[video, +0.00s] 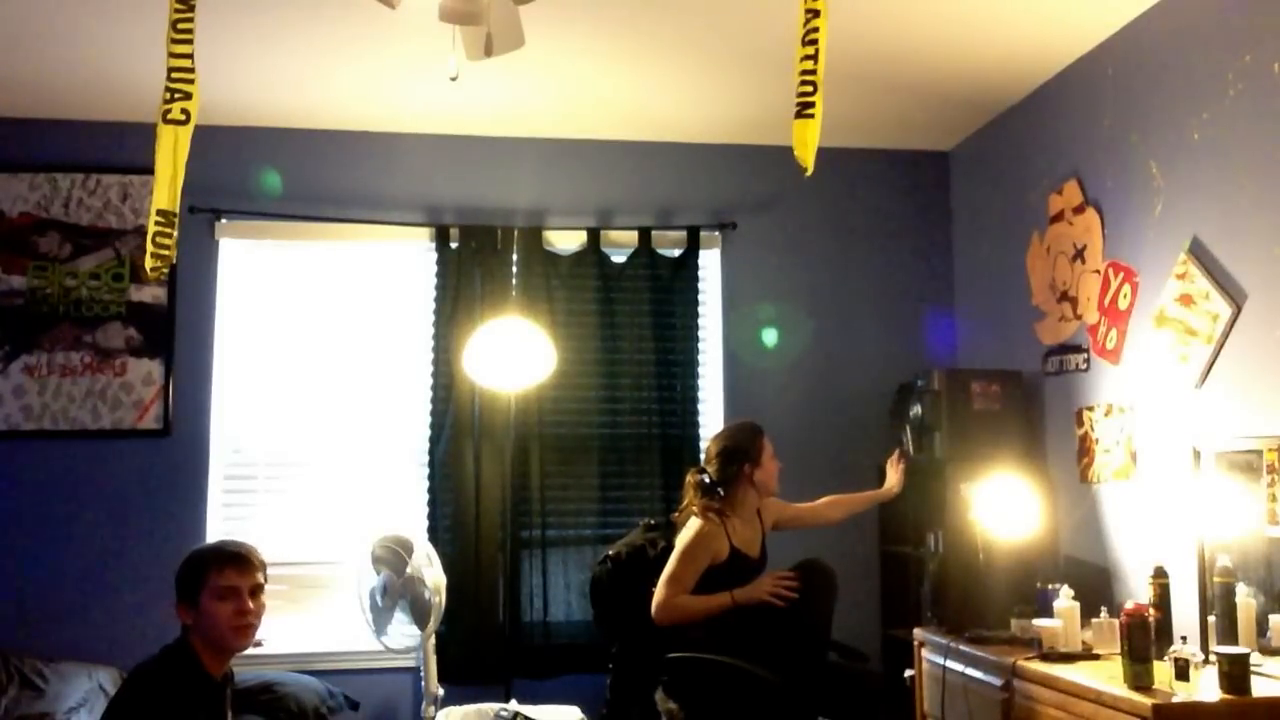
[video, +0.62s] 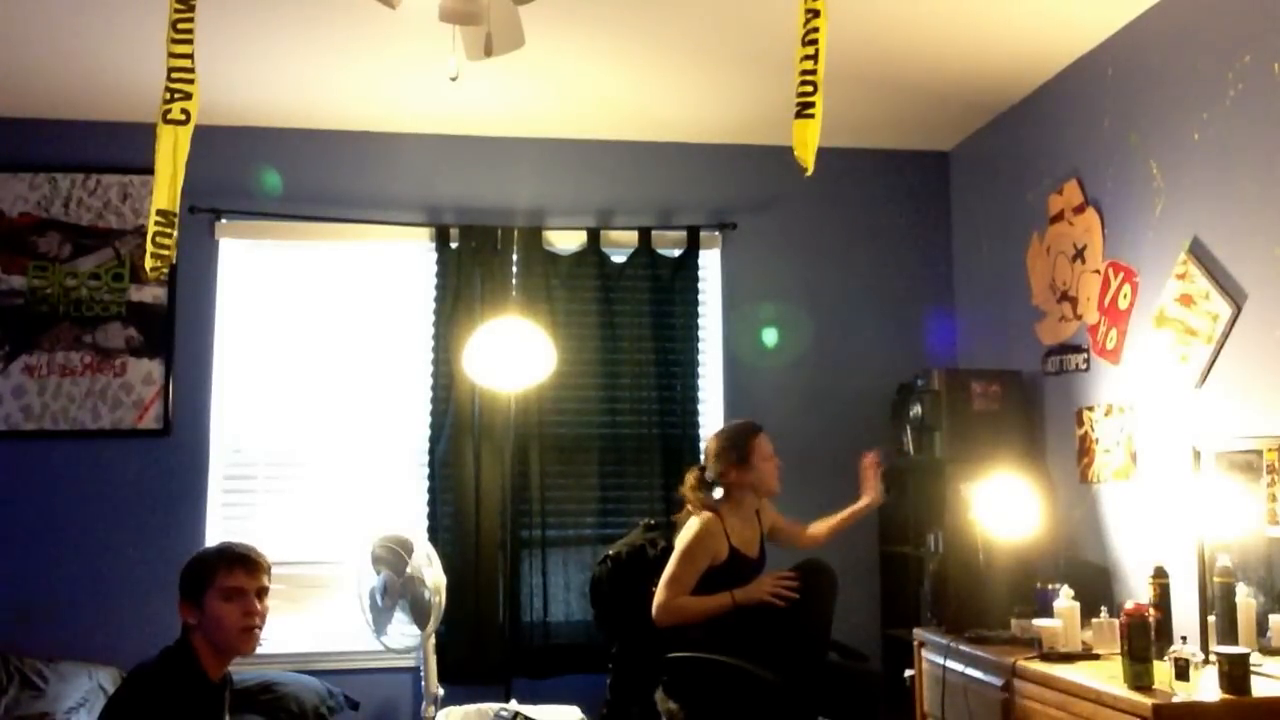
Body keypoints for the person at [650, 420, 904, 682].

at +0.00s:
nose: (779, 465)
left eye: (775, 457)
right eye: (772, 458)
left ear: (749, 472)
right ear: (749, 471)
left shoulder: (762, 511)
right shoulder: (704, 529)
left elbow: (823, 510)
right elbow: (663, 609)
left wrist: (885, 492)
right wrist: (742, 595)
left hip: (734, 637)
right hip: (695, 652)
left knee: (815, 575)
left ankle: (806, 687)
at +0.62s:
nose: (779, 464)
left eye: (774, 456)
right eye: (769, 458)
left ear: (738, 474)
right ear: (735, 474)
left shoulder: (758, 511)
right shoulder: (704, 528)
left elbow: (809, 537)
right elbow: (664, 610)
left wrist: (867, 502)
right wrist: (744, 595)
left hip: (731, 636)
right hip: (694, 651)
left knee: (816, 575)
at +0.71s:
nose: (770, 467)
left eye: (770, 458)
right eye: (757, 460)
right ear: (726, 473)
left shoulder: (756, 512)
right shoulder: (704, 526)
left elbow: (794, 558)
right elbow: (664, 610)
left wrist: (843, 524)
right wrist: (743, 595)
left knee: (817, 576)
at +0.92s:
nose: (749, 470)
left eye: (758, 462)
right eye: (738, 462)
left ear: (770, 472)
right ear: (716, 473)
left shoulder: (758, 516)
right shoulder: (702, 525)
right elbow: (660, 609)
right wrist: (741, 595)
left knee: (815, 575)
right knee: (812, 577)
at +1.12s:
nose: (747, 474)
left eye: (757, 466)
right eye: (736, 465)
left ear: (770, 477)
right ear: (717, 475)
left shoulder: (755, 529)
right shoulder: (700, 525)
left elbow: (766, 605)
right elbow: (659, 612)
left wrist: (795, 664)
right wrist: (738, 596)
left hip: (742, 648)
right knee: (811, 574)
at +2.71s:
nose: (745, 491)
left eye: (756, 480)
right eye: (735, 480)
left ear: (772, 484)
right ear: (719, 479)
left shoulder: (757, 528)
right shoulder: (700, 528)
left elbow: (768, 603)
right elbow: (662, 616)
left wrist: (797, 665)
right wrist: (740, 597)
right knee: (812, 576)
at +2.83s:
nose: (746, 491)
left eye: (757, 480)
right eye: (736, 480)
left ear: (772, 484)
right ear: (719, 479)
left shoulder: (757, 526)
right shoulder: (700, 528)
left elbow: (768, 601)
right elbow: (662, 614)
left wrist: (796, 665)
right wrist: (739, 597)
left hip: (748, 640)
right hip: (707, 648)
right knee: (812, 575)